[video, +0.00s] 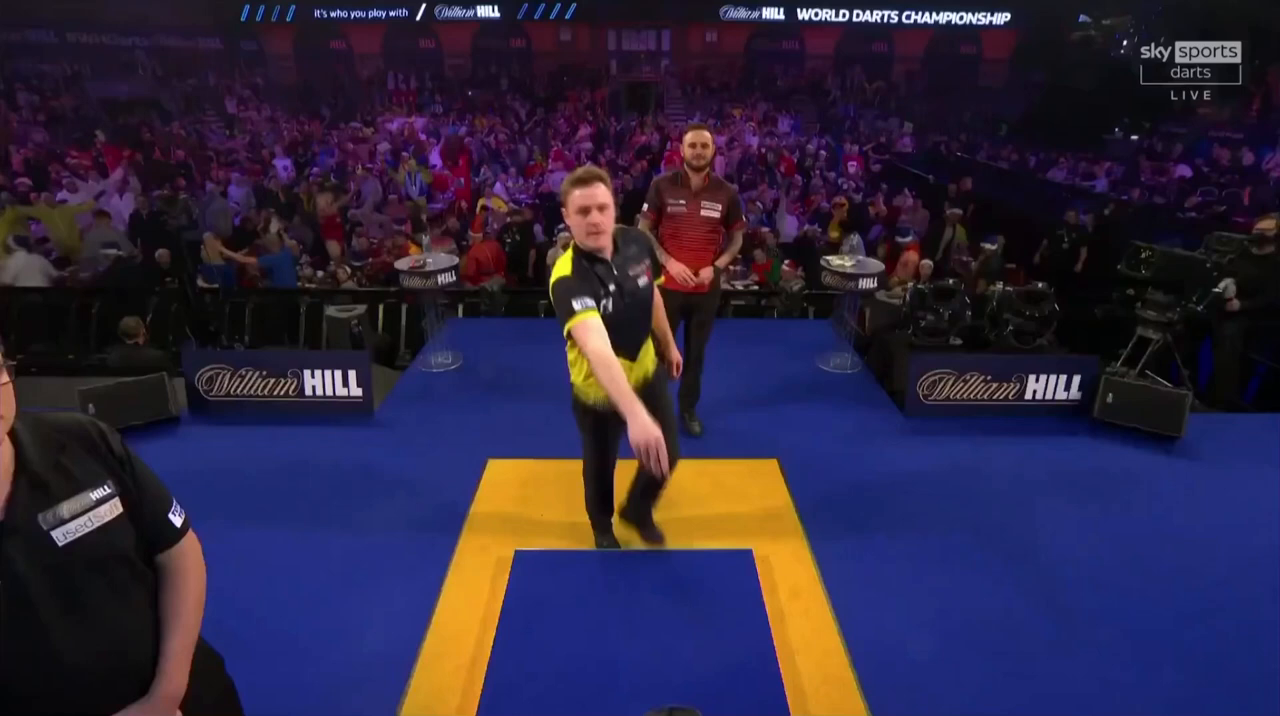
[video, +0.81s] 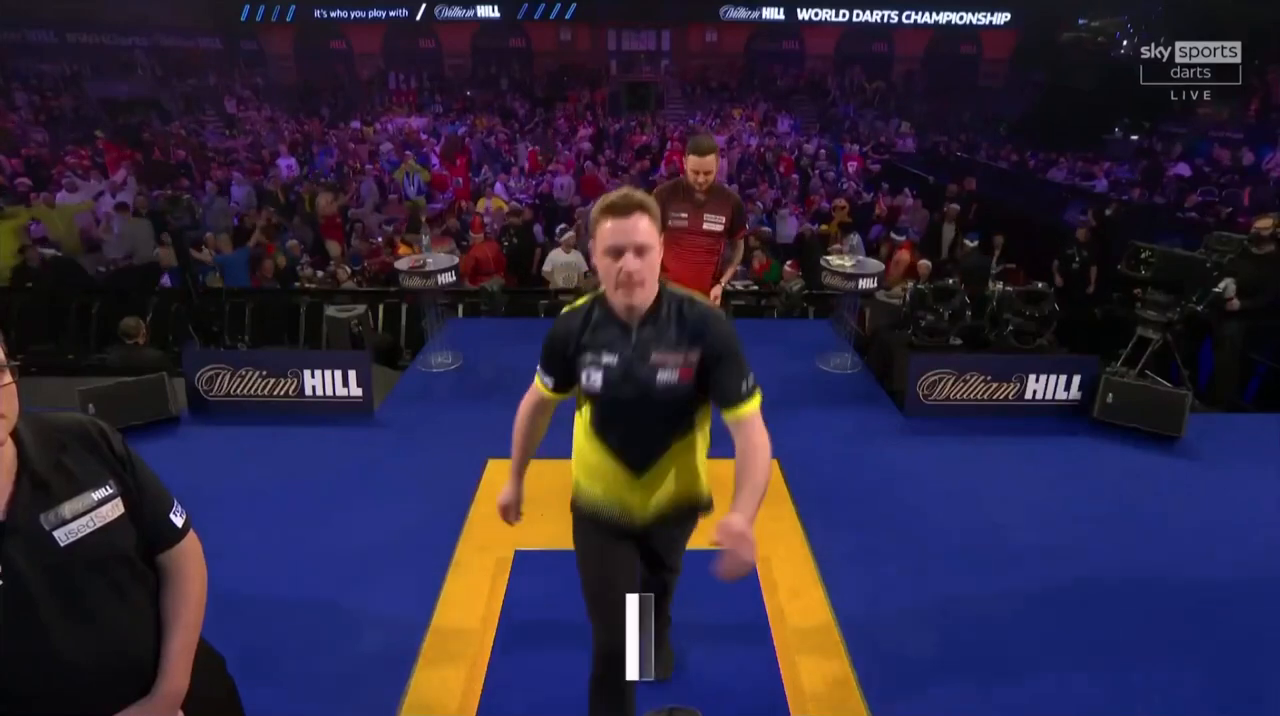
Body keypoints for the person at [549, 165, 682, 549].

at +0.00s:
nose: (594, 220)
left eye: (602, 209)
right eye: (583, 212)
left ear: (614, 209)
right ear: (567, 218)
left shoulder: (637, 243)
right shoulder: (568, 276)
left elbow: (650, 294)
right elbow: (596, 349)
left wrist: (668, 344)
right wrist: (635, 414)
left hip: (644, 366)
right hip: (598, 380)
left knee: (666, 452)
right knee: (601, 461)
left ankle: (637, 509)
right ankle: (603, 527)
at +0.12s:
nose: (606, 230)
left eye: (614, 218)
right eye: (594, 221)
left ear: (627, 218)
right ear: (576, 226)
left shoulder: (645, 249)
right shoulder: (573, 286)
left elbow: (657, 300)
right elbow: (603, 377)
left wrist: (667, 348)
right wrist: (643, 454)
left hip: (649, 380)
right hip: (596, 393)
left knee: (662, 476)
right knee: (600, 468)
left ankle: (650, 568)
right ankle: (604, 530)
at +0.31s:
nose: (631, 247)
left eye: (640, 236)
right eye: (619, 236)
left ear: (654, 240)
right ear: (600, 242)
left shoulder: (671, 281)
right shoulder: (586, 306)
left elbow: (682, 328)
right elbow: (594, 417)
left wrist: (685, 382)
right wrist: (633, 502)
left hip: (660, 428)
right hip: (606, 432)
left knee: (656, 532)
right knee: (603, 489)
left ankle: (657, 629)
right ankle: (604, 527)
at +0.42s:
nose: (643, 253)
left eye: (654, 241)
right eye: (631, 241)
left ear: (668, 245)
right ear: (611, 246)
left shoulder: (690, 296)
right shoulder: (589, 312)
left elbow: (705, 358)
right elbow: (569, 420)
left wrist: (709, 422)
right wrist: (605, 509)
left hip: (670, 438)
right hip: (611, 442)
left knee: (661, 546)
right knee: (612, 532)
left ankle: (656, 634)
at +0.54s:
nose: (643, 250)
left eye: (654, 237)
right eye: (630, 238)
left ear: (670, 241)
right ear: (610, 244)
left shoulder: (700, 301)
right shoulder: (588, 310)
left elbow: (725, 385)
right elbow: (554, 413)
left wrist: (738, 468)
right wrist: (569, 504)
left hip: (672, 457)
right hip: (605, 458)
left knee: (660, 567)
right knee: (614, 571)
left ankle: (656, 631)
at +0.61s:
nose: (640, 250)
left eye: (652, 236)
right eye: (627, 237)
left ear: (669, 239)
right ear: (606, 242)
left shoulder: (703, 306)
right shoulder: (583, 311)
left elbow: (739, 404)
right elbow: (546, 408)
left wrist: (749, 496)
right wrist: (544, 497)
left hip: (673, 475)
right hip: (604, 476)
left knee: (661, 578)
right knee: (607, 590)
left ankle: (656, 641)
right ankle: (621, 628)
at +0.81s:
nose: (629, 266)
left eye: (641, 251)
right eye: (615, 253)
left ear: (662, 252)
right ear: (594, 260)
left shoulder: (705, 327)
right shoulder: (574, 329)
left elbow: (751, 432)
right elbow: (539, 401)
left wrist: (741, 516)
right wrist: (514, 479)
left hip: (674, 505)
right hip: (600, 506)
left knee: (658, 595)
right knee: (615, 643)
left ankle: (655, 653)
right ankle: (610, 707)